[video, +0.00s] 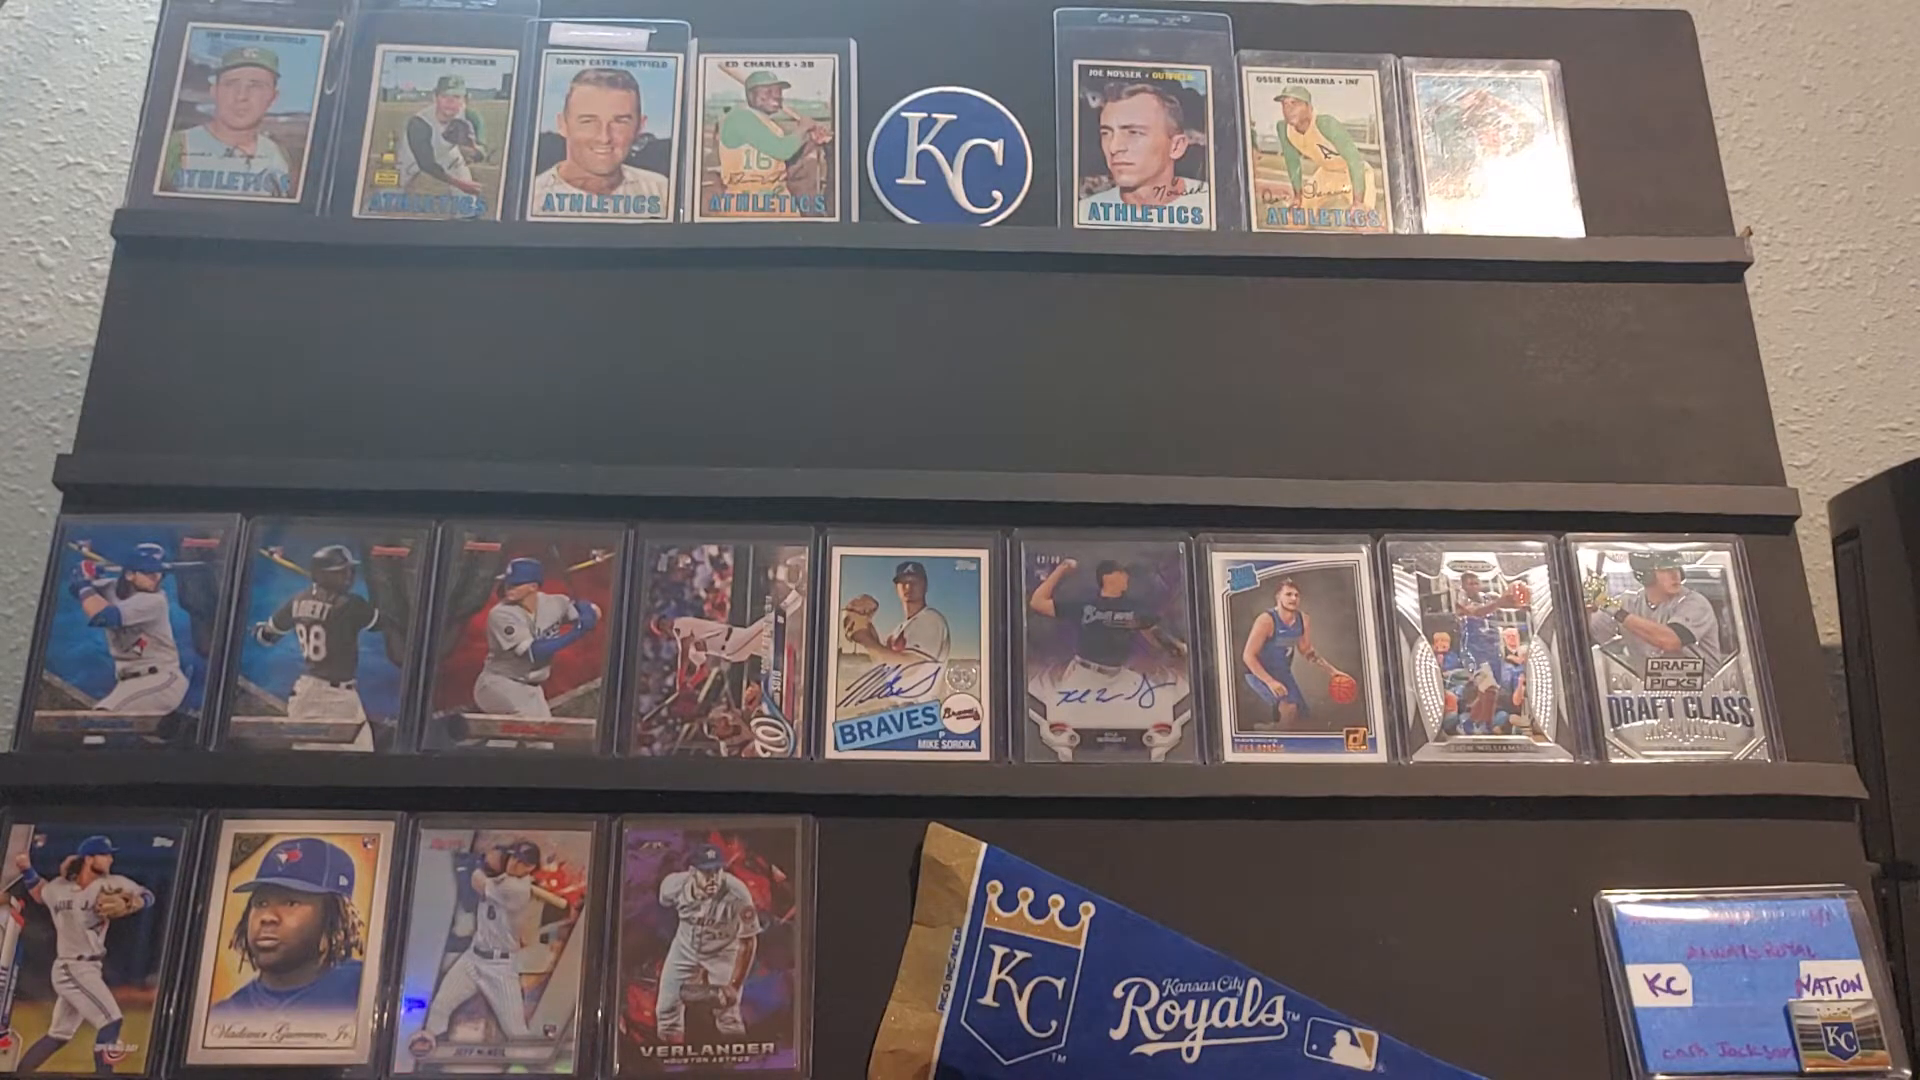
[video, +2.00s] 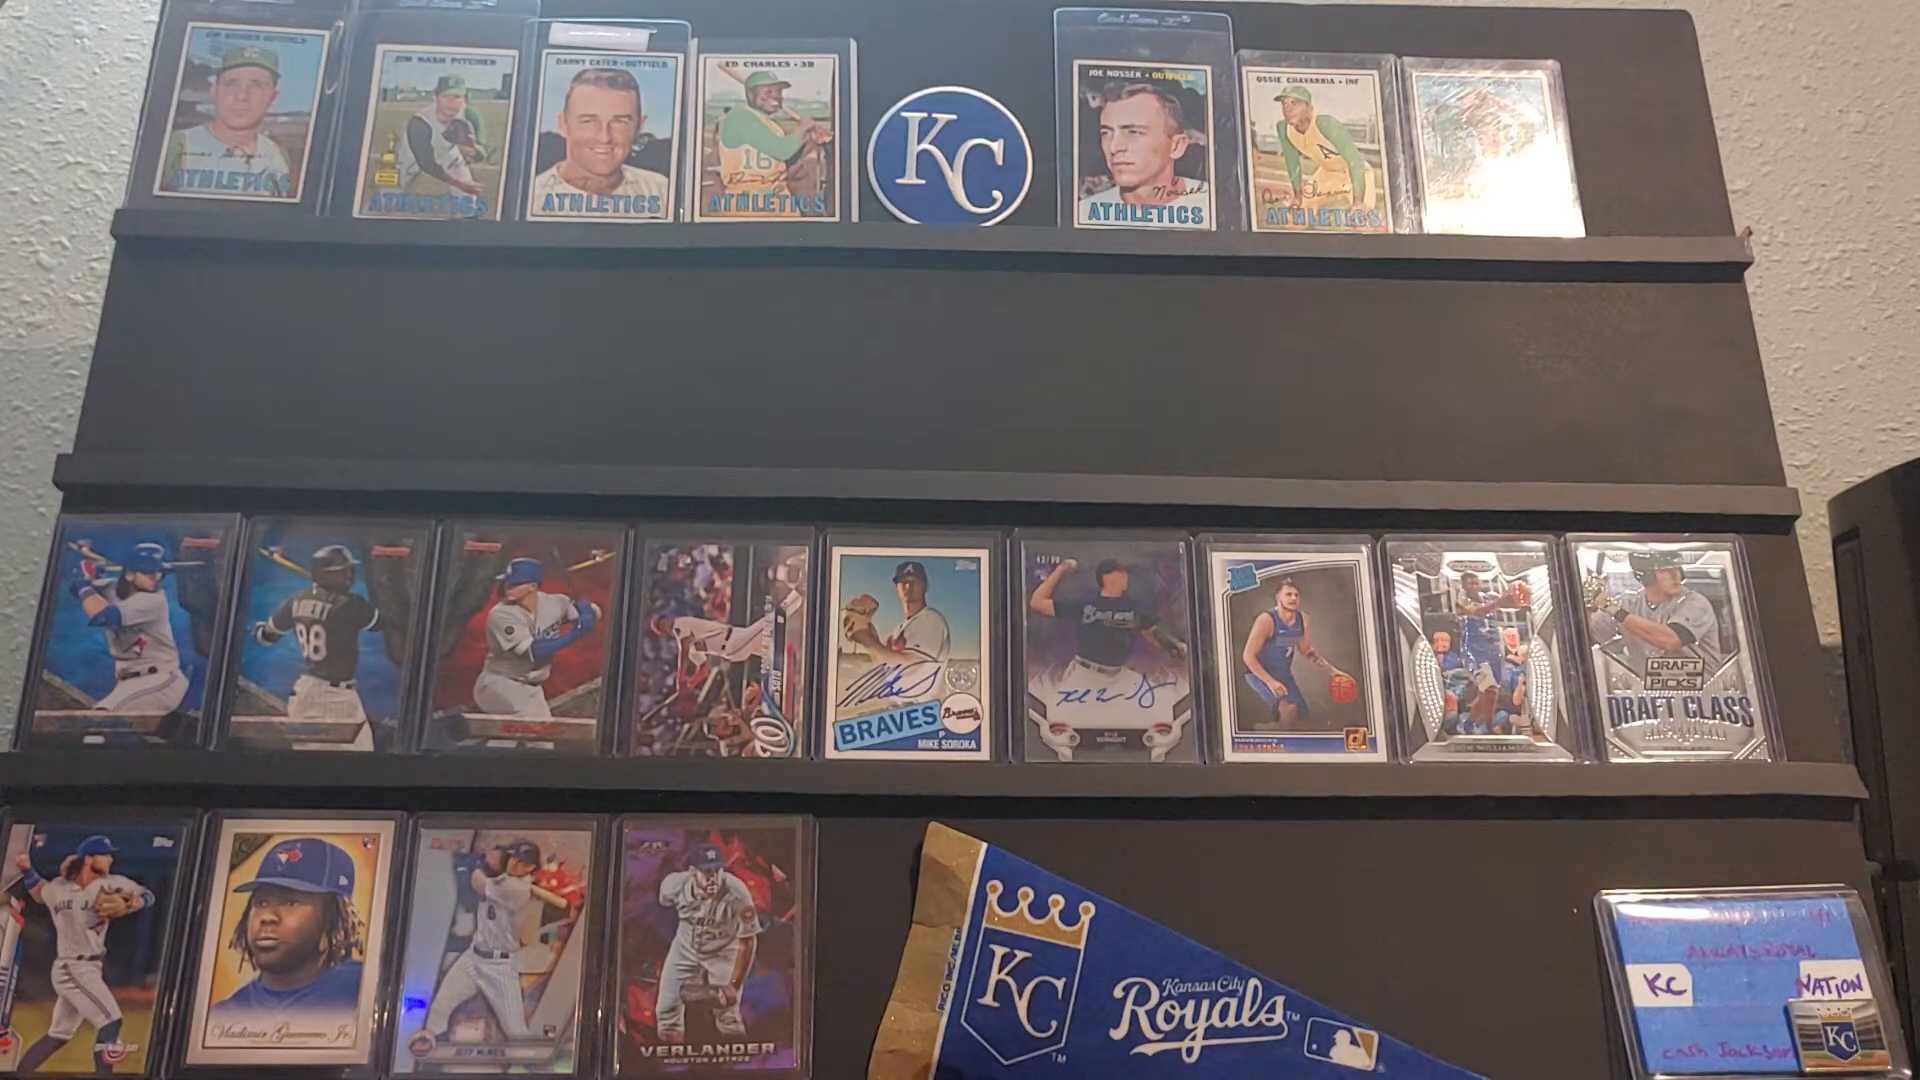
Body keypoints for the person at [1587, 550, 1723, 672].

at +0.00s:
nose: (1677, 575)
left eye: (1678, 568)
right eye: (1667, 569)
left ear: (1682, 571)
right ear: (1645, 574)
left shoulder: (1696, 604)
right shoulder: (1628, 603)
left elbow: (1671, 641)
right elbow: (1585, 636)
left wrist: (1620, 614)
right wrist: (1584, 610)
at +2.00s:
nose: (1676, 575)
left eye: (1677, 568)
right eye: (1666, 569)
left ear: (1682, 571)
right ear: (1644, 574)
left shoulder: (1696, 604)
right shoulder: (1629, 604)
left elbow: (1671, 641)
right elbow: (1586, 637)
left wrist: (1619, 613)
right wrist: (1585, 609)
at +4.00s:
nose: (1676, 575)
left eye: (1676, 568)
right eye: (1665, 570)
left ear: (1681, 571)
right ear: (1644, 575)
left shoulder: (1696, 604)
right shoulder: (1627, 604)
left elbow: (1671, 641)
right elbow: (1585, 638)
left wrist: (1619, 613)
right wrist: (1586, 608)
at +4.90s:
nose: (1676, 575)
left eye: (1677, 568)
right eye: (1666, 570)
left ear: (1682, 571)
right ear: (1645, 574)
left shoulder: (1696, 604)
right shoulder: (1628, 603)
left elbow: (1671, 641)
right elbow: (1589, 634)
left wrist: (1619, 614)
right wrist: (1584, 610)